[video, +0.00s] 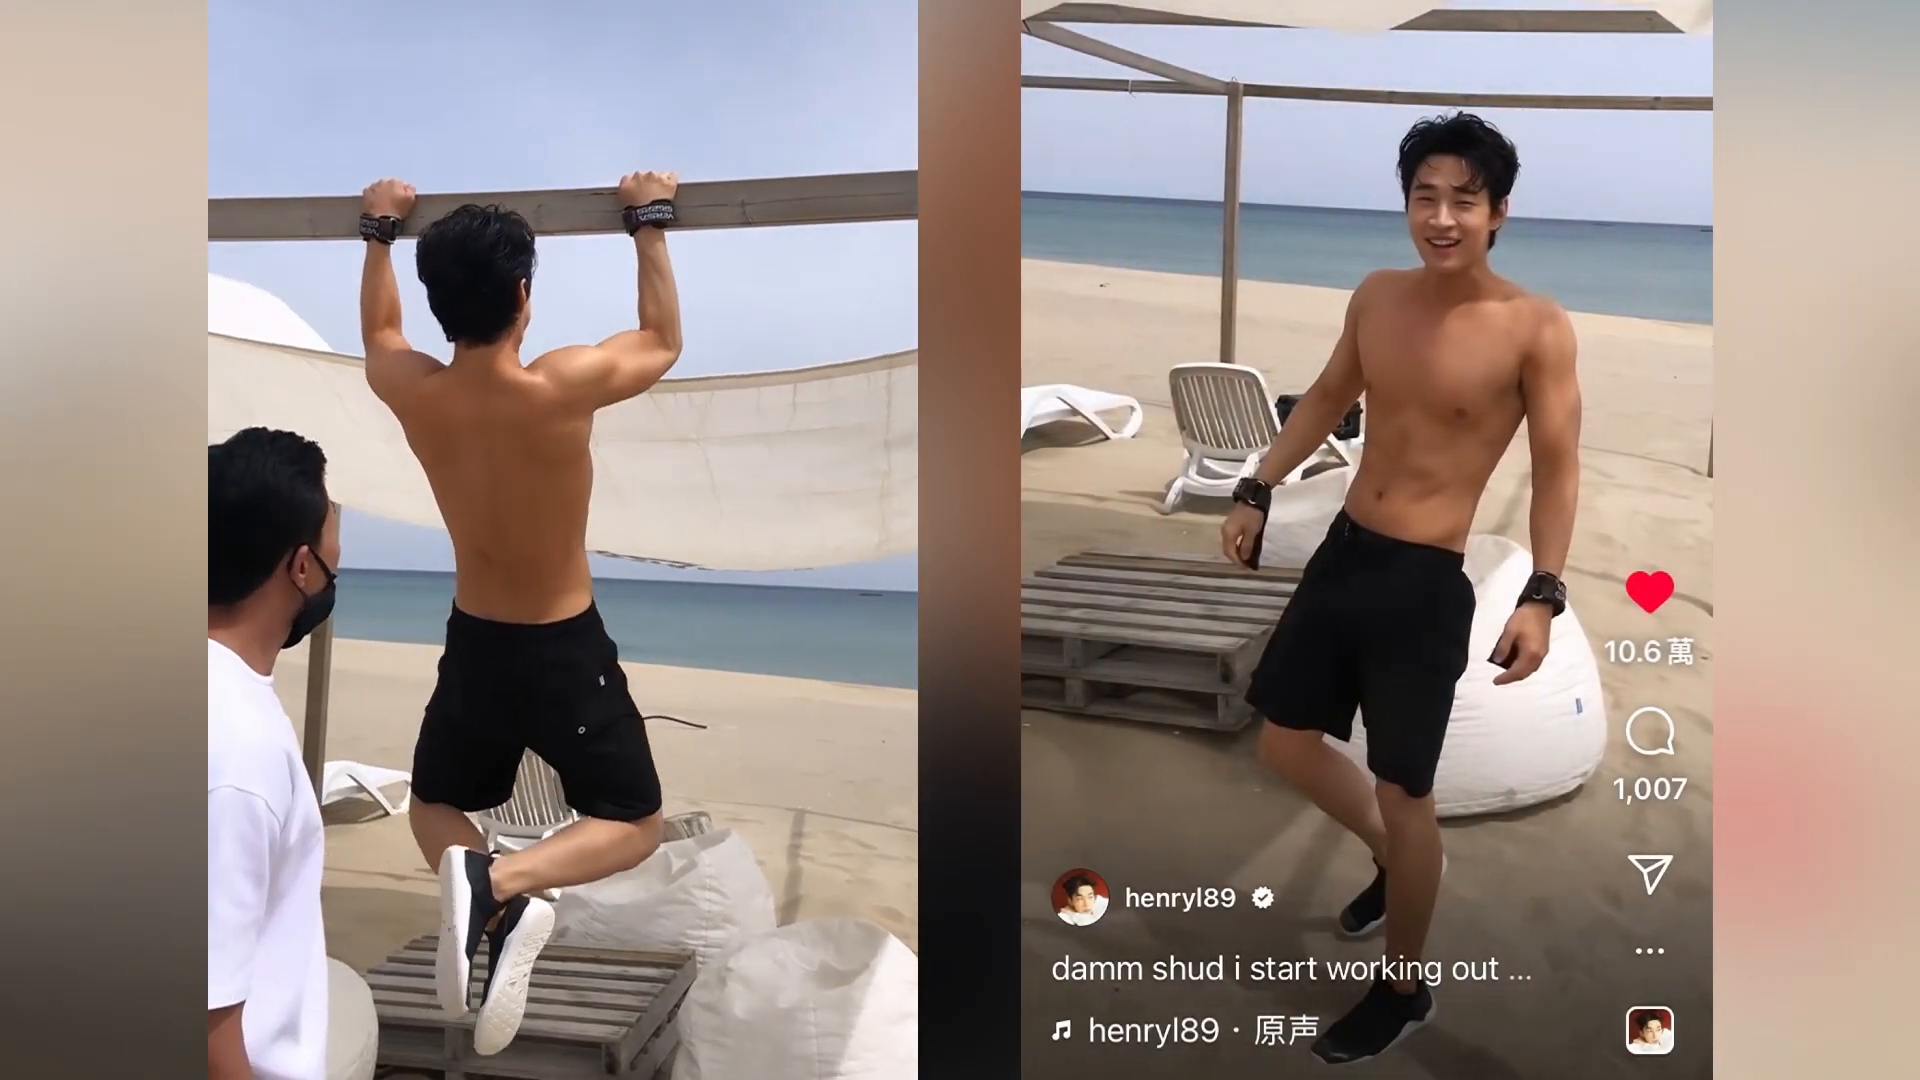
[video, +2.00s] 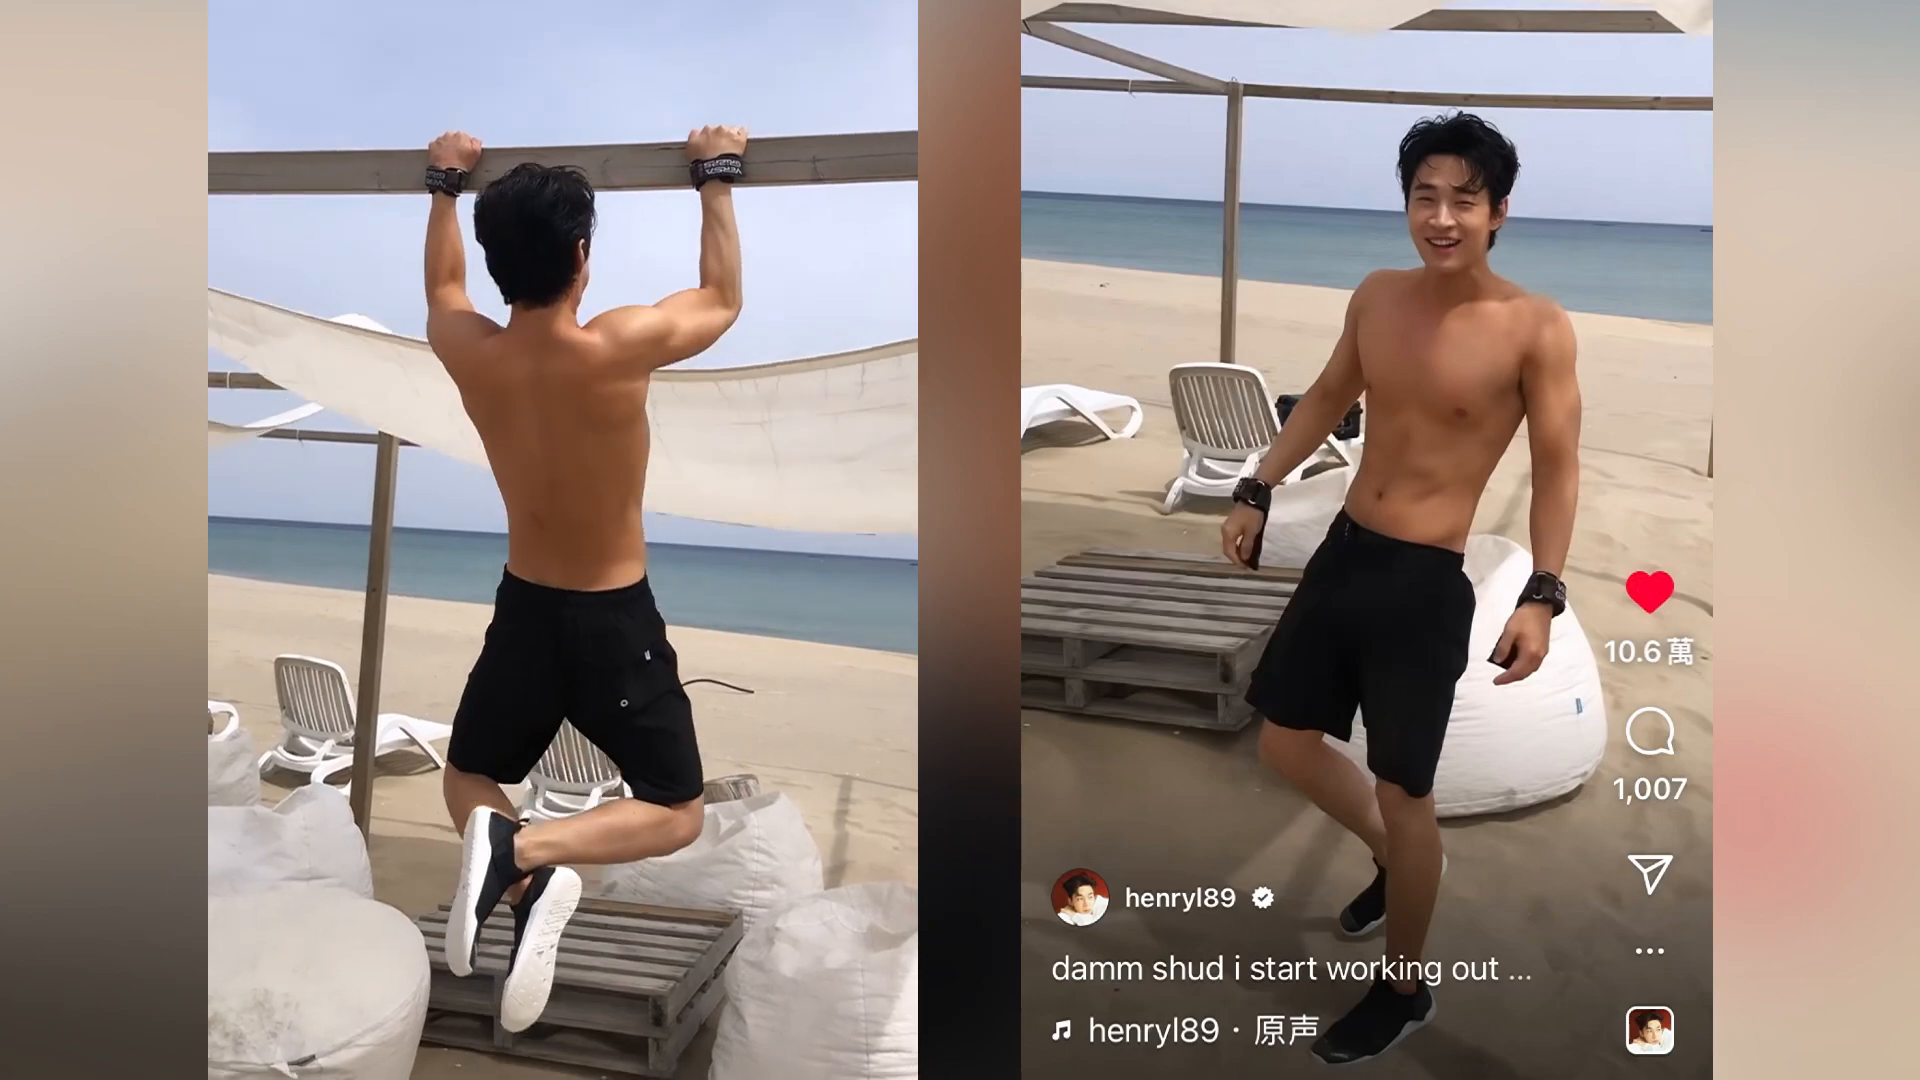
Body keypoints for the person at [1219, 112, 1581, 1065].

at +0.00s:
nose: (1440, 216)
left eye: (1462, 198)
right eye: (1424, 197)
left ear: (1498, 210)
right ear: (1406, 208)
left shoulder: (1534, 328)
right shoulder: (1378, 297)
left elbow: (1556, 468)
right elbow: (1329, 398)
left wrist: (1540, 595)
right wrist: (1256, 484)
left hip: (1427, 579)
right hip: (1345, 554)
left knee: (1402, 799)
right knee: (1284, 742)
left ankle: (1402, 981)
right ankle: (1398, 847)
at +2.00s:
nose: (1440, 216)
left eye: (1462, 198)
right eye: (1424, 197)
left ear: (1498, 210)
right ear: (1406, 208)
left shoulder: (1535, 328)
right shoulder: (1378, 296)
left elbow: (1556, 468)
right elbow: (1330, 398)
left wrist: (1540, 595)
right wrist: (1255, 484)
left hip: (1426, 579)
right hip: (1345, 553)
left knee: (1402, 799)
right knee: (1284, 742)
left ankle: (1403, 981)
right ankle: (1398, 847)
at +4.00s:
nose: (1440, 216)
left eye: (1462, 198)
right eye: (1424, 197)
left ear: (1498, 210)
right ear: (1406, 207)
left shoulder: (1535, 328)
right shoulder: (1378, 296)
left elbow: (1556, 468)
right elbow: (1330, 397)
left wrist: (1541, 595)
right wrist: (1255, 484)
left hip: (1426, 579)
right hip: (1344, 553)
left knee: (1403, 799)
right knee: (1285, 742)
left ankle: (1403, 981)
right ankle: (1399, 847)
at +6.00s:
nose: (1440, 216)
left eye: (1461, 198)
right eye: (1424, 197)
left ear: (1498, 210)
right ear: (1406, 208)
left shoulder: (1535, 328)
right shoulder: (1379, 297)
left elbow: (1556, 469)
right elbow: (1330, 398)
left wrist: (1540, 595)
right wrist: (1256, 484)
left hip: (1427, 579)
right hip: (1345, 553)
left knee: (1402, 799)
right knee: (1284, 742)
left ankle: (1403, 981)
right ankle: (1398, 846)